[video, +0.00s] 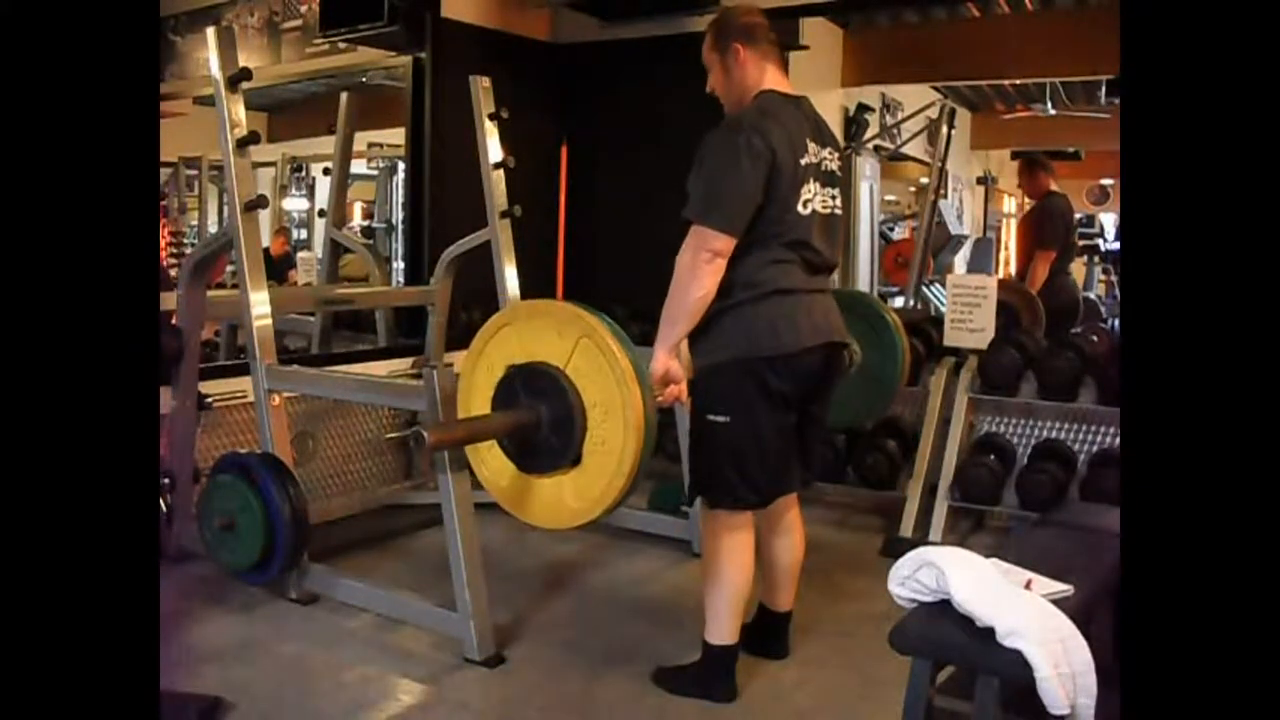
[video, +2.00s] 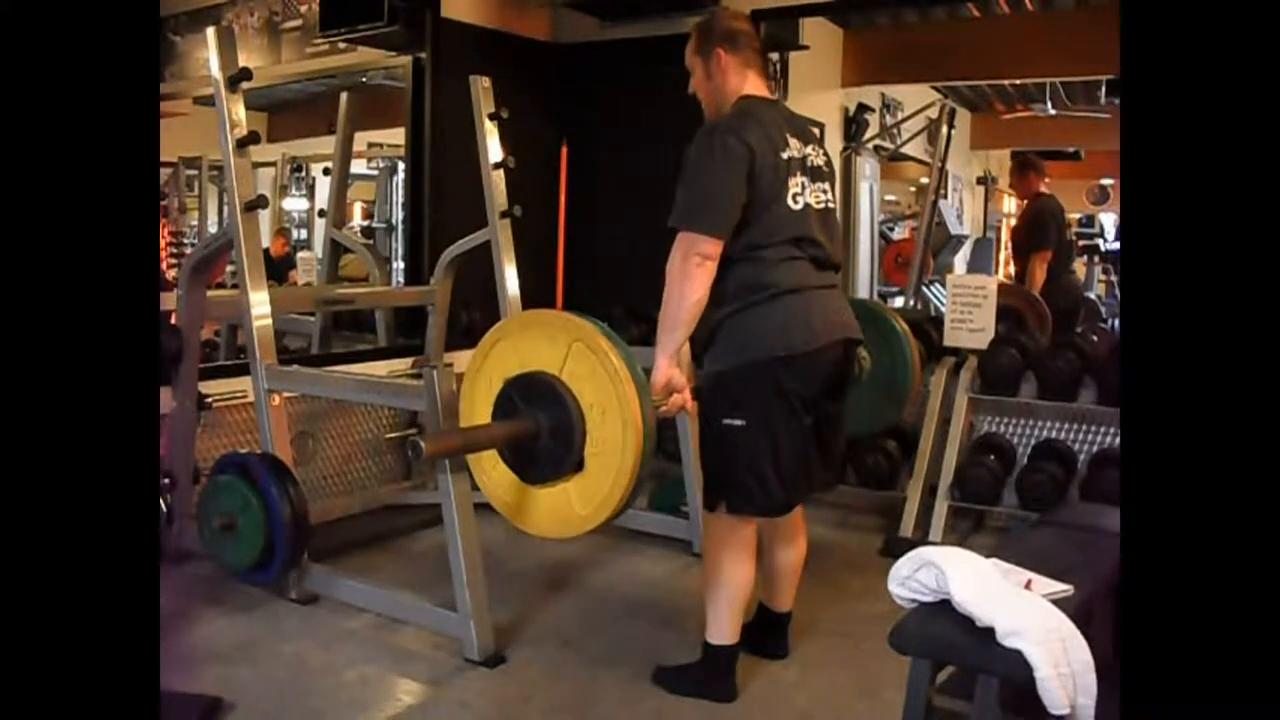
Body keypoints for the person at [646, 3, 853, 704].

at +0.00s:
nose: (711, 85)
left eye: (711, 69)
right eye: (709, 71)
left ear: (736, 58)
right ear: (773, 56)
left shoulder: (744, 132)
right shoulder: (814, 126)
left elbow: (709, 249)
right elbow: (801, 247)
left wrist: (665, 345)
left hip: (749, 343)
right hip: (812, 338)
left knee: (728, 506)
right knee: (779, 492)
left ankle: (715, 668)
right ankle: (772, 631)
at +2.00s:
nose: (693, 89)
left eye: (693, 74)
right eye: (691, 76)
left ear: (719, 62)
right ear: (753, 62)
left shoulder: (728, 134)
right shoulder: (808, 130)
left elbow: (698, 252)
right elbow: (807, 243)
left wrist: (668, 353)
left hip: (758, 347)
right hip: (828, 340)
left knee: (731, 511)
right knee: (784, 498)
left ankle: (715, 668)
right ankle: (772, 631)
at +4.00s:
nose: (634, 212)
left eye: (632, 195)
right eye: (630, 198)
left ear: (657, 182)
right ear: (688, 178)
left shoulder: (681, 233)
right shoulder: (747, 213)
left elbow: (668, 352)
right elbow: (801, 297)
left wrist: (649, 465)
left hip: (811, 367)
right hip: (885, 351)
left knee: (736, 505)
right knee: (797, 505)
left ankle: (716, 668)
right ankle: (772, 631)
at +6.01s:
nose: (707, 91)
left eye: (706, 76)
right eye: (704, 78)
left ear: (730, 62)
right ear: (771, 60)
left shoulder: (741, 129)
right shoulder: (818, 129)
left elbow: (704, 247)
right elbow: (811, 247)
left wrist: (669, 345)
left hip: (754, 348)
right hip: (824, 345)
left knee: (727, 509)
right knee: (781, 494)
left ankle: (715, 668)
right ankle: (772, 631)